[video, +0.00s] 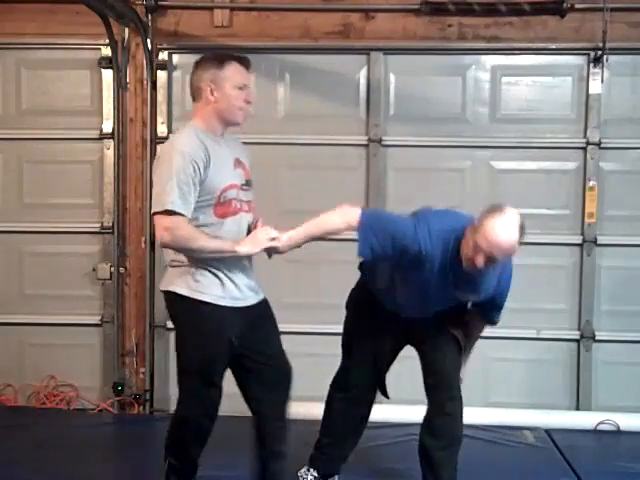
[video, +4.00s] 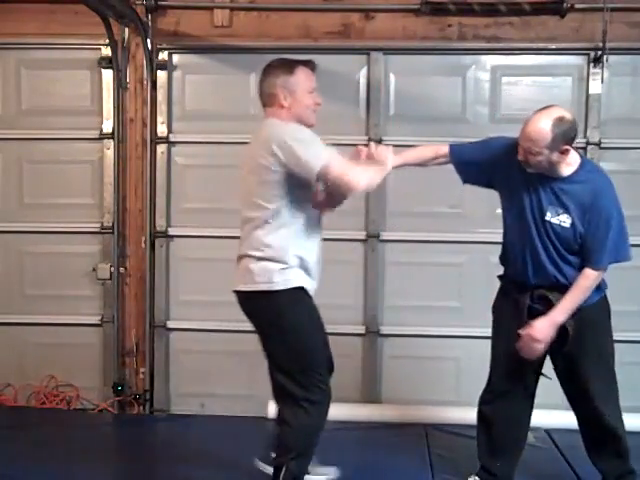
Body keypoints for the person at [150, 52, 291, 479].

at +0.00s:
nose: (250, 99)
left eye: (250, 90)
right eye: (241, 89)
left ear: (218, 93)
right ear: (209, 91)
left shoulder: (232, 144)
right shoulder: (184, 146)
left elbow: (236, 215)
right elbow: (167, 230)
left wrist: (263, 234)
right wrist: (238, 246)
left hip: (242, 291)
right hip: (199, 293)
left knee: (273, 382)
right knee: (199, 404)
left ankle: (274, 474)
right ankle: (178, 474)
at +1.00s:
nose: (207, 104)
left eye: (206, 96)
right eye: (200, 96)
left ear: (178, 98)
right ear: (174, 97)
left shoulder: (181, 152)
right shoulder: (145, 144)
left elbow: (196, 219)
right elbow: (142, 222)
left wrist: (240, 221)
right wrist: (181, 279)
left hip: (168, 279)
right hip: (144, 277)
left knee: (161, 371)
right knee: (151, 372)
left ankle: (142, 458)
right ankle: (133, 463)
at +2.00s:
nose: (177, 105)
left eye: (175, 97)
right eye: (169, 97)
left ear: (143, 104)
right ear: (141, 102)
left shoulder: (145, 145)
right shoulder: (137, 141)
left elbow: (188, 188)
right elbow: (196, 170)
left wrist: (226, 198)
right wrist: (265, 143)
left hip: (156, 272)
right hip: (159, 271)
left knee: (150, 377)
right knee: (243, 335)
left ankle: (115, 470)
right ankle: (311, 425)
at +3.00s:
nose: (278, 123)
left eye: (277, 115)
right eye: (274, 115)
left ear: (231, 122)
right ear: (251, 117)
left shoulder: (204, 183)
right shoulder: (278, 139)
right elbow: (334, 186)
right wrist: (345, 233)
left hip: (242, 311)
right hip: (291, 300)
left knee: (248, 387)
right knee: (339, 402)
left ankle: (198, 469)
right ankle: (340, 474)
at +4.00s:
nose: (319, 100)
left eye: (317, 91)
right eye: (312, 92)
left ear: (280, 99)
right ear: (282, 98)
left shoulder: (272, 134)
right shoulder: (285, 134)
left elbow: (317, 200)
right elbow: (354, 179)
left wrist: (353, 167)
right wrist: (382, 164)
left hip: (266, 279)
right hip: (276, 281)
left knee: (298, 373)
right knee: (313, 374)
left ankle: (283, 454)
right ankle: (292, 469)